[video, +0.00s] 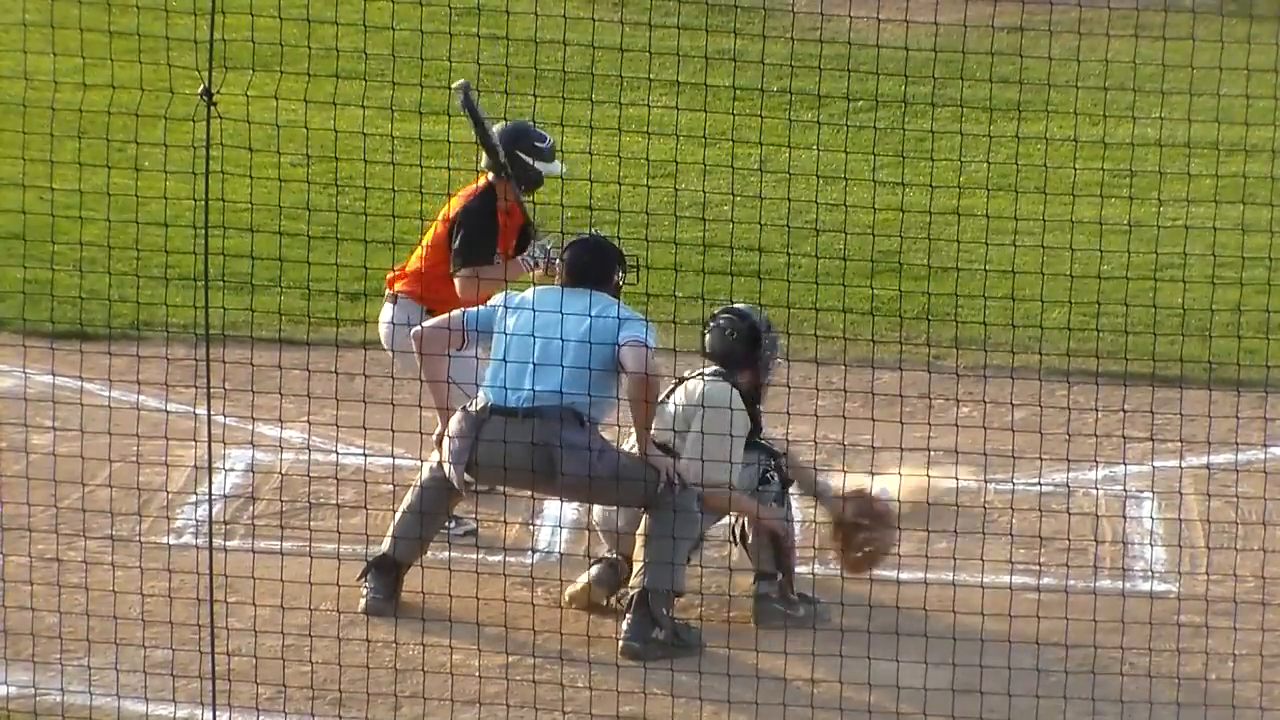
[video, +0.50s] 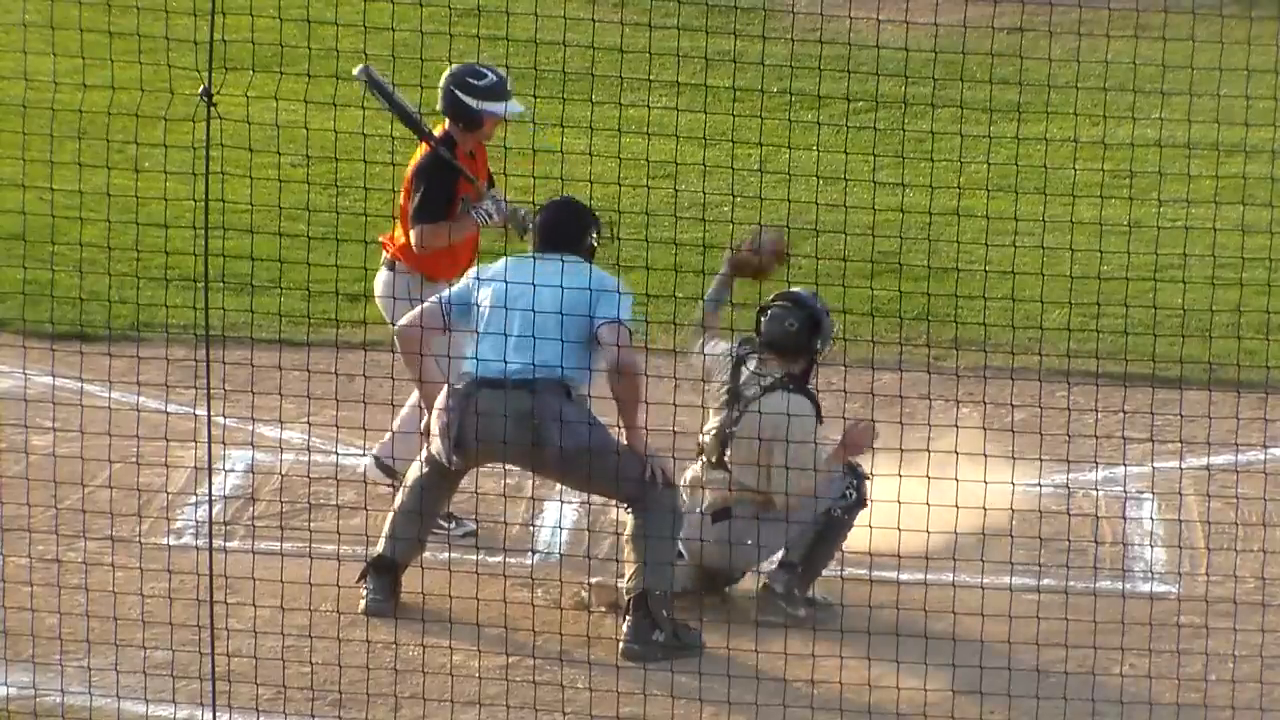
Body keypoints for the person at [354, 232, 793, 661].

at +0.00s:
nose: (621, 285)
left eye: (616, 275)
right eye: (619, 276)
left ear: (560, 273)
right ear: (612, 281)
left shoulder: (515, 302)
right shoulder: (623, 316)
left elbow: (427, 336)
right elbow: (638, 369)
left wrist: (449, 414)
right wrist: (646, 442)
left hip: (483, 443)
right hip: (562, 448)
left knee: (446, 471)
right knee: (677, 496)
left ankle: (383, 576)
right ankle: (649, 619)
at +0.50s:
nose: (596, 247)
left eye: (595, 241)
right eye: (594, 241)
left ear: (535, 241)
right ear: (587, 245)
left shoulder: (491, 275)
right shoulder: (603, 283)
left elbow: (409, 329)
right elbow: (618, 356)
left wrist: (433, 397)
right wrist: (635, 435)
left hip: (469, 413)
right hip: (550, 418)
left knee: (438, 466)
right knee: (654, 493)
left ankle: (382, 575)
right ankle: (648, 617)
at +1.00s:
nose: (517, 134)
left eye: (511, 126)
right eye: (515, 127)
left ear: (456, 129)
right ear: (509, 131)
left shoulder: (408, 176)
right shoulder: (532, 183)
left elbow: (375, 277)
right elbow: (543, 272)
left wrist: (399, 335)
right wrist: (554, 358)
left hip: (420, 336)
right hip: (496, 337)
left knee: (408, 447)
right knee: (572, 461)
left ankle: (378, 578)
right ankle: (581, 597)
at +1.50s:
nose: (550, 115)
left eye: (543, 106)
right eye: (548, 107)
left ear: (490, 107)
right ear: (543, 112)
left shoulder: (440, 158)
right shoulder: (564, 170)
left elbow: (415, 265)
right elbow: (573, 280)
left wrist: (412, 332)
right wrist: (592, 352)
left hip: (446, 333)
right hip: (519, 338)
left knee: (419, 455)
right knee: (538, 478)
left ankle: (382, 587)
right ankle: (503, 611)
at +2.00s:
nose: (542, 93)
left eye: (538, 84)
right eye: (541, 85)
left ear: (481, 86)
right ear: (534, 90)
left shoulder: (433, 136)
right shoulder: (560, 148)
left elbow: (412, 243)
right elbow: (575, 258)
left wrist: (420, 316)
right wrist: (600, 335)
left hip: (440, 317)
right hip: (515, 323)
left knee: (429, 452)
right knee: (524, 463)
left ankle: (403, 603)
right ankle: (504, 604)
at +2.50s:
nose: (485, 95)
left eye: (434, 83)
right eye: (488, 86)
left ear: (431, 88)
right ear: (488, 91)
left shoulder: (390, 143)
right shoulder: (520, 147)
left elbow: (369, 251)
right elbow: (532, 255)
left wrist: (358, 329)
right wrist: (519, 315)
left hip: (407, 321)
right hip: (482, 325)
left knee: (403, 471)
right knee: (504, 469)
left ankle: (401, 613)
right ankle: (506, 608)